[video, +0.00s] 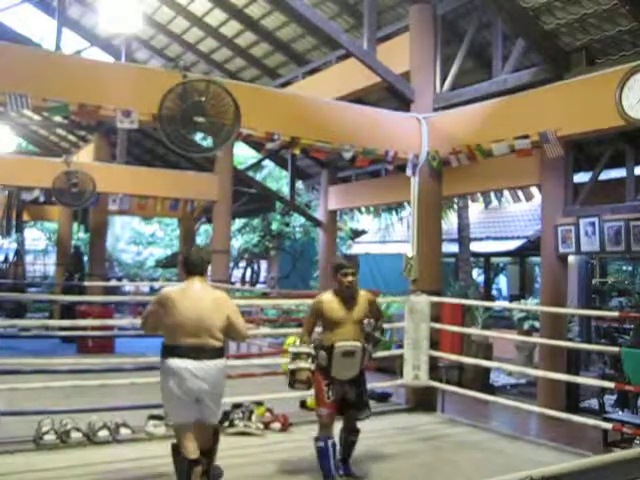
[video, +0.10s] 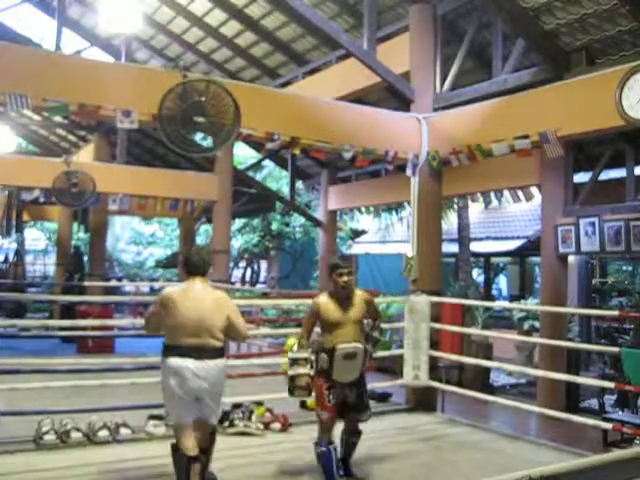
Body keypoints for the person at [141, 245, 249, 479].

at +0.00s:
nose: (179, 267)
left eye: (180, 264)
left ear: (182, 267)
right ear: (207, 268)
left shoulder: (168, 296)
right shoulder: (221, 298)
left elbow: (147, 325)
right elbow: (241, 332)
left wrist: (171, 323)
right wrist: (218, 325)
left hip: (177, 361)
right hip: (212, 362)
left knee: (184, 425)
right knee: (206, 423)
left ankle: (195, 467)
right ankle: (205, 468)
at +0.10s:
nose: (180, 268)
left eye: (181, 265)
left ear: (183, 268)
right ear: (208, 268)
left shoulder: (169, 297)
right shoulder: (221, 298)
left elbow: (151, 326)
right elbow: (241, 332)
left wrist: (173, 319)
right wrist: (218, 324)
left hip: (177, 360)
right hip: (212, 361)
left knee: (184, 425)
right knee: (205, 424)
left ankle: (193, 472)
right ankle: (201, 471)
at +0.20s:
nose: (182, 268)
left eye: (184, 264)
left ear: (187, 267)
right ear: (212, 267)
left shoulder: (172, 295)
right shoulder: (223, 298)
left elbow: (155, 325)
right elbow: (242, 332)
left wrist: (179, 322)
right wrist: (219, 325)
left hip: (179, 357)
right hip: (213, 357)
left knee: (182, 422)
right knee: (207, 422)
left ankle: (190, 465)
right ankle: (201, 471)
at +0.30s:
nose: (218, 267)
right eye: (217, 264)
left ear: (192, 266)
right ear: (215, 267)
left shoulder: (175, 294)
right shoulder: (226, 296)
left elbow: (156, 321)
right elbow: (244, 330)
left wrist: (178, 323)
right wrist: (221, 324)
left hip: (183, 356)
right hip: (216, 356)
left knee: (177, 418)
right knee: (207, 419)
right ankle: (199, 472)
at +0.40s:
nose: (218, 266)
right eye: (217, 263)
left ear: (193, 266)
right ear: (215, 266)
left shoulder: (178, 293)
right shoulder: (227, 295)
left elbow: (157, 320)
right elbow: (244, 330)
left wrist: (180, 313)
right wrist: (222, 323)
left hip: (185, 354)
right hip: (219, 354)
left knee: (175, 415)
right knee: (207, 418)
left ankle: (178, 468)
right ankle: (200, 472)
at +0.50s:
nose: (218, 266)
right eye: (217, 263)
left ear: (194, 266)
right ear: (216, 266)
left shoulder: (180, 293)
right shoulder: (228, 295)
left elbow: (158, 320)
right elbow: (243, 331)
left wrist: (181, 315)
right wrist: (222, 323)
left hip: (186, 353)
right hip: (219, 354)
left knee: (177, 412)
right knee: (207, 418)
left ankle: (175, 467)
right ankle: (200, 471)